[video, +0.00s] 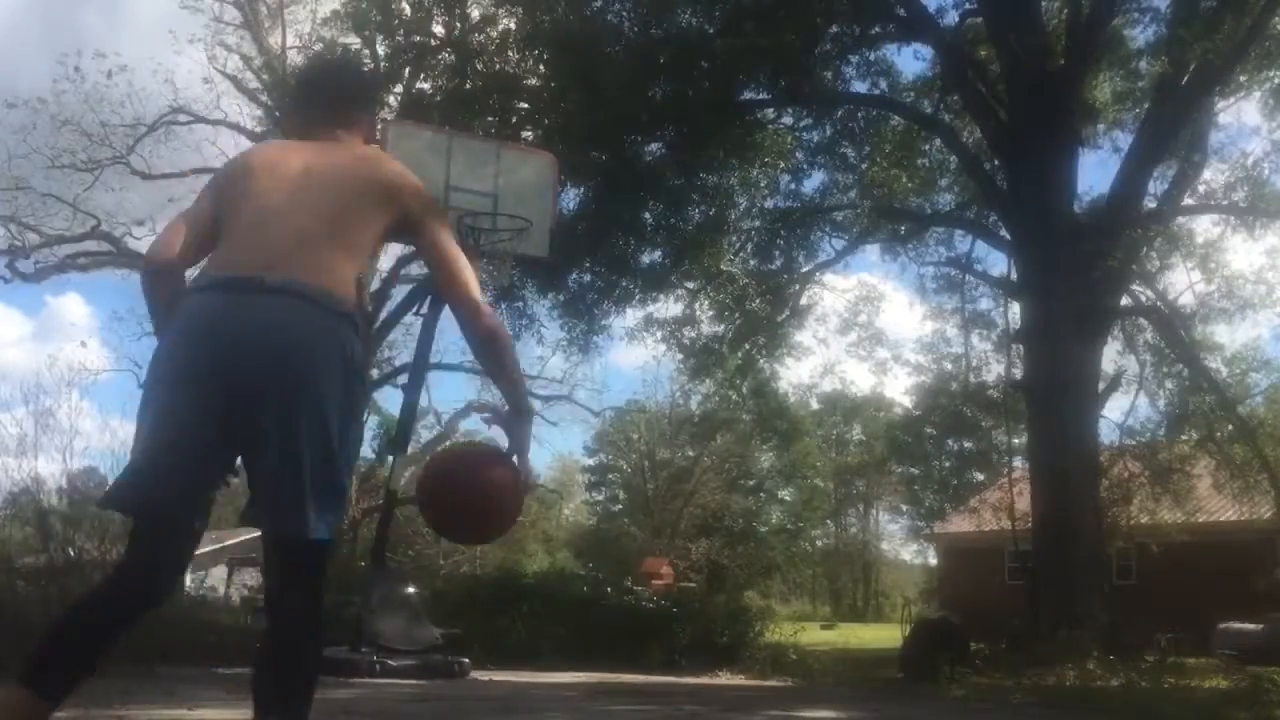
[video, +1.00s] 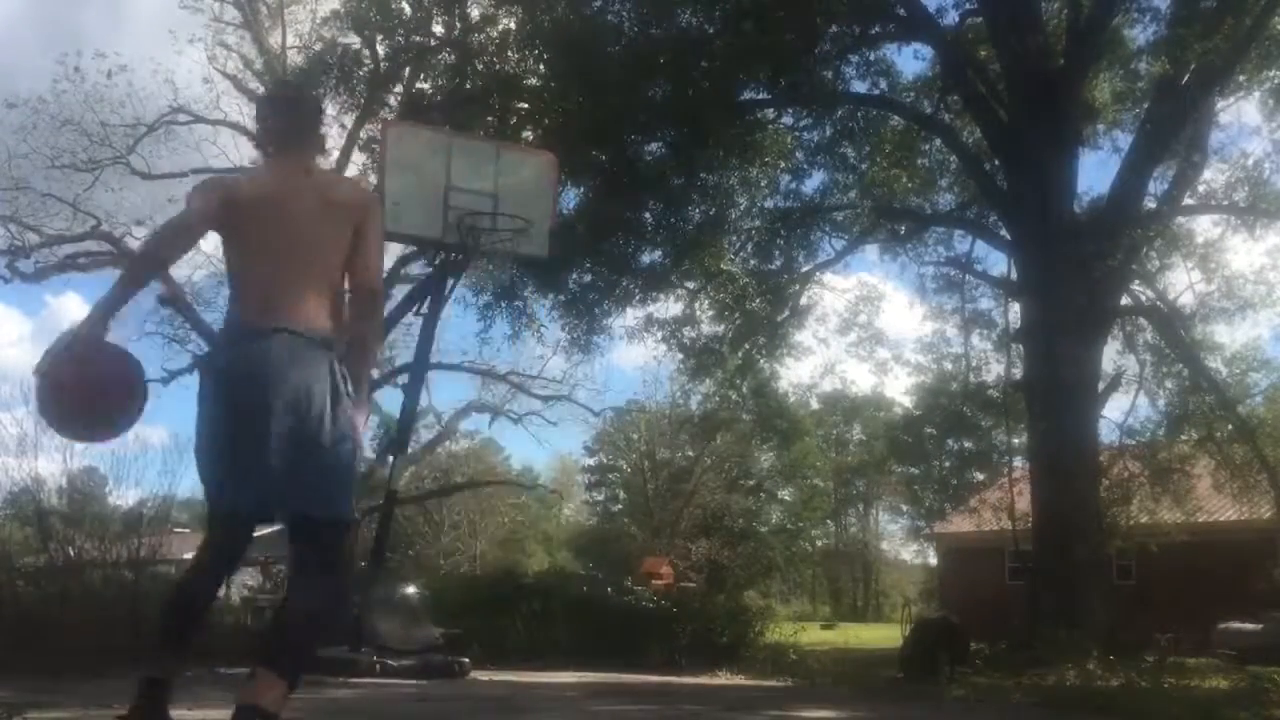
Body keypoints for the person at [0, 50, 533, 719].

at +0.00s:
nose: (379, 140)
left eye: (377, 130)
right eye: (378, 128)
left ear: (294, 118)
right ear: (365, 125)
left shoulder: (246, 164)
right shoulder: (389, 176)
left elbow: (161, 261)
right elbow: (479, 316)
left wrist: (181, 349)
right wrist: (519, 411)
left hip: (205, 324)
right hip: (310, 339)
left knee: (150, 564)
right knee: (296, 583)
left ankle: (27, 697)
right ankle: (280, 715)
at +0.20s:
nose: (439, 55)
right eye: (439, 43)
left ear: (367, 46)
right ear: (434, 46)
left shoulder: (314, 105)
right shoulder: (463, 102)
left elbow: (223, 163)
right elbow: (547, 208)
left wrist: (215, 315)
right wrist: (615, 281)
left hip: (313, 285)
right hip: (414, 287)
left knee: (293, 498)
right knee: (435, 503)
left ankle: (222, 687)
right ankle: (402, 694)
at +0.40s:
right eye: (489, 109)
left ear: (417, 102)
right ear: (488, 106)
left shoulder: (372, 172)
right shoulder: (530, 166)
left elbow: (341, 310)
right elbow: (524, 295)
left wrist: (330, 449)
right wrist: (522, 391)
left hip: (383, 352)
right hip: (488, 352)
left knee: (348, 550)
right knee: (568, 552)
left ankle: (302, 709)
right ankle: (618, 708)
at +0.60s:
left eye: (375, 141)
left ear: (376, 144)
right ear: (441, 142)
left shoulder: (339, 215)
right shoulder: (489, 209)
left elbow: (330, 322)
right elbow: (503, 325)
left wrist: (305, 442)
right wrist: (498, 400)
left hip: (377, 400)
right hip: (474, 393)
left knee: (395, 568)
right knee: (531, 575)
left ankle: (387, 708)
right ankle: (580, 708)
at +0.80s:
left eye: (308, 80)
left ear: (311, 80)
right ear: (378, 86)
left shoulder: (289, 122)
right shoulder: (420, 147)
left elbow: (286, 169)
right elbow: (453, 259)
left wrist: (182, 259)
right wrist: (466, 366)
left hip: (313, 320)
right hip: (398, 322)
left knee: (333, 505)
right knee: (396, 502)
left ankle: (339, 685)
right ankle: (353, 660)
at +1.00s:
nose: (262, 137)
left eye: (261, 126)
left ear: (262, 132)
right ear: (320, 134)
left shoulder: (228, 190)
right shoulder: (357, 196)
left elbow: (158, 253)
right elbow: (368, 299)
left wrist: (94, 321)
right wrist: (357, 392)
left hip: (235, 371)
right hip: (313, 376)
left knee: (222, 542)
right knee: (318, 564)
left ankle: (152, 692)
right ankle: (259, 707)